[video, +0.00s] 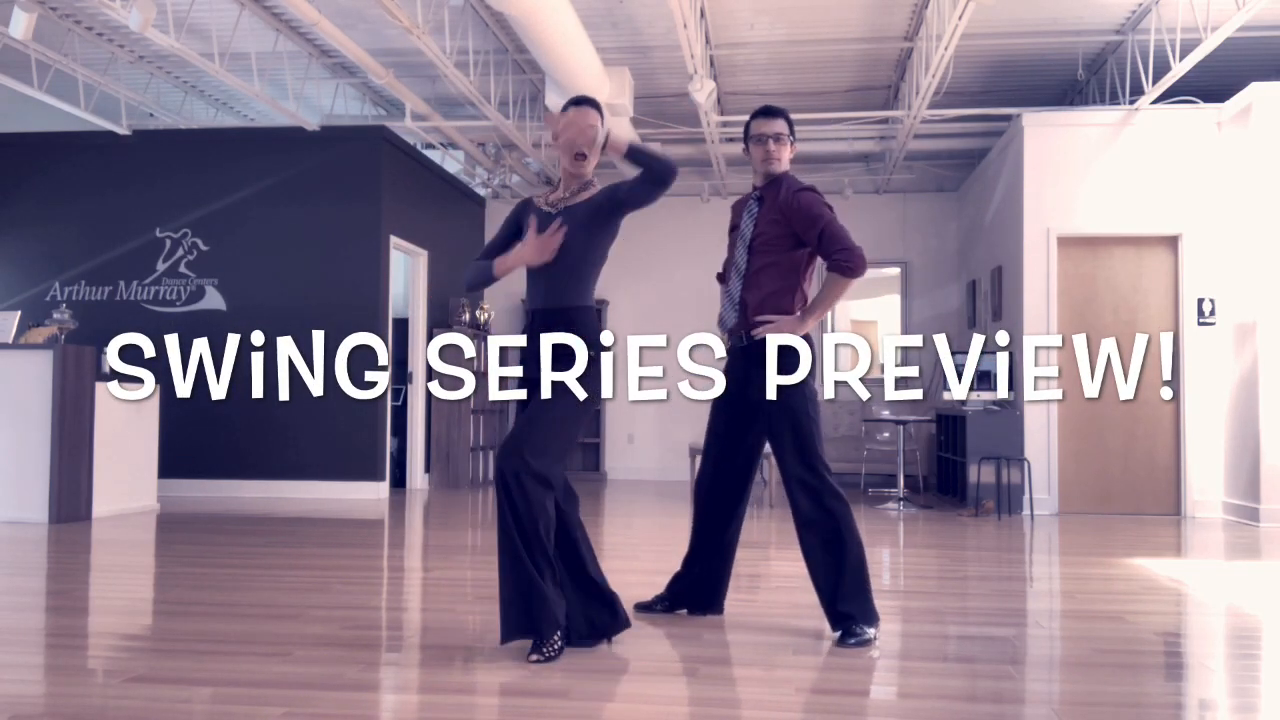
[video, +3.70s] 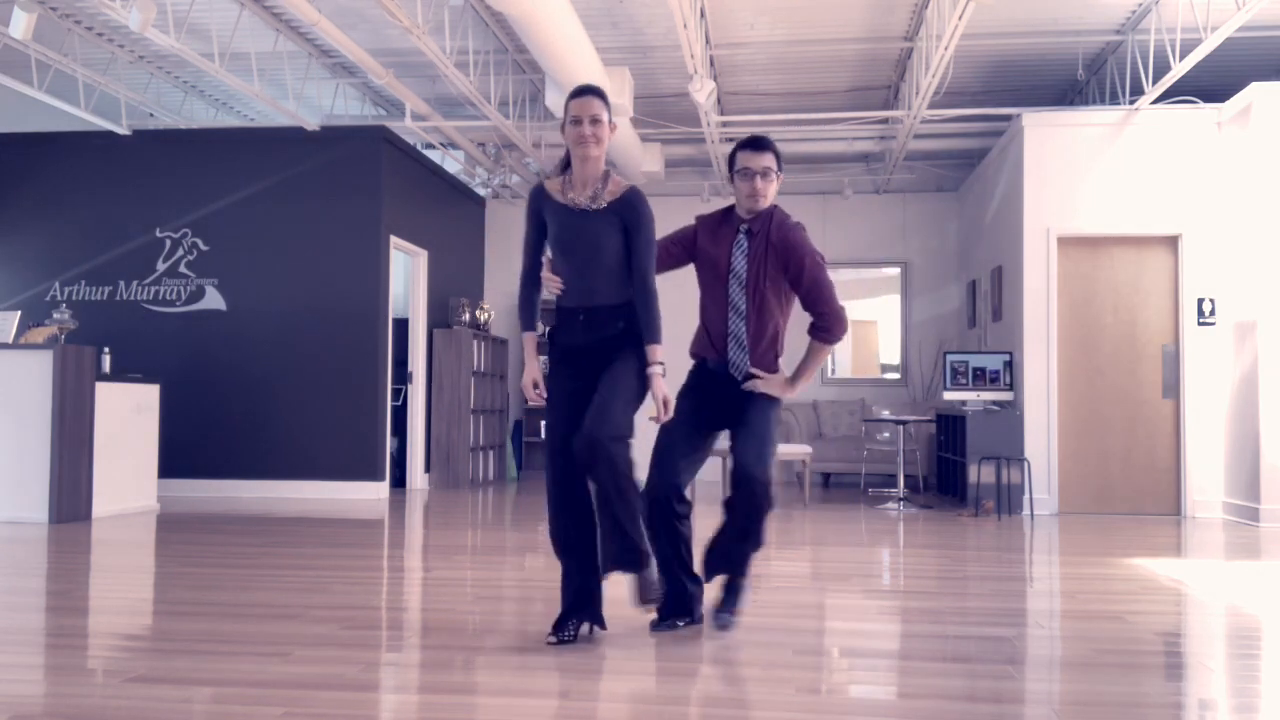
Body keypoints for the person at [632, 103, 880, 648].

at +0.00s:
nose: (770, 147)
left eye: (779, 139)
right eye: (760, 140)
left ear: (793, 148)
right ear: (746, 150)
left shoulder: (798, 199)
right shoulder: (744, 207)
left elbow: (849, 261)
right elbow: (740, 269)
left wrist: (805, 320)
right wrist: (733, 318)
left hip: (779, 355)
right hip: (741, 357)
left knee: (810, 482)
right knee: (720, 479)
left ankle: (855, 616)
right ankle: (697, 591)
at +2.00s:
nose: (795, 164)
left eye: (805, 156)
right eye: (794, 156)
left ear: (837, 162)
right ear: (806, 164)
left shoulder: (848, 221)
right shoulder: (798, 217)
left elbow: (874, 298)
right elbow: (780, 280)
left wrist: (817, 334)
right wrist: (747, 325)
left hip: (787, 364)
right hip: (751, 359)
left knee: (807, 487)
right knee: (721, 479)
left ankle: (855, 616)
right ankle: (697, 591)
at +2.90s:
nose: (793, 163)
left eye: (804, 154)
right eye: (792, 155)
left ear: (837, 159)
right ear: (807, 163)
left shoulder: (865, 218)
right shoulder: (791, 224)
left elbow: (906, 294)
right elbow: (740, 276)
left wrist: (848, 347)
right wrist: (690, 319)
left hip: (811, 370)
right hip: (764, 364)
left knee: (808, 493)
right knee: (706, 473)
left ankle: (857, 617)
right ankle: (699, 584)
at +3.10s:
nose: (797, 149)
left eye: (807, 141)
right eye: (789, 142)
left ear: (829, 152)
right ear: (780, 151)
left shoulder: (838, 208)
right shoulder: (765, 212)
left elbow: (885, 279)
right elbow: (700, 250)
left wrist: (831, 336)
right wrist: (630, 271)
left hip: (794, 363)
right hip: (745, 360)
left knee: (815, 490)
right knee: (694, 487)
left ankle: (856, 618)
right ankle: (688, 602)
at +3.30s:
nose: (785, 145)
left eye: (796, 137)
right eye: (776, 135)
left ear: (810, 148)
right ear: (762, 142)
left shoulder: (813, 206)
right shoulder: (730, 191)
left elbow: (859, 284)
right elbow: (656, 216)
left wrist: (794, 316)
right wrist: (587, 231)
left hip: (762, 356)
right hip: (709, 351)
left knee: (783, 473)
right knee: (684, 480)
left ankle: (833, 592)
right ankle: (691, 604)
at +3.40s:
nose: (778, 151)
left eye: (789, 143)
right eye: (768, 141)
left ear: (803, 152)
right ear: (754, 147)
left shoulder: (811, 218)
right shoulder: (723, 195)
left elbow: (851, 297)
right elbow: (651, 218)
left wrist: (786, 336)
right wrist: (597, 225)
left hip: (748, 355)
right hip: (695, 348)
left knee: (748, 459)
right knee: (676, 472)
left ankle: (775, 550)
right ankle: (688, 600)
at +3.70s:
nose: (756, 184)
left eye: (765, 174)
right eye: (746, 174)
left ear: (779, 180)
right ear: (731, 178)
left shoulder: (790, 240)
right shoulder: (707, 230)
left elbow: (832, 321)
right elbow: (641, 262)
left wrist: (792, 386)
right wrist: (564, 271)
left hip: (760, 386)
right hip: (707, 376)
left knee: (753, 481)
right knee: (663, 484)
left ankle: (730, 573)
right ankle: (682, 600)